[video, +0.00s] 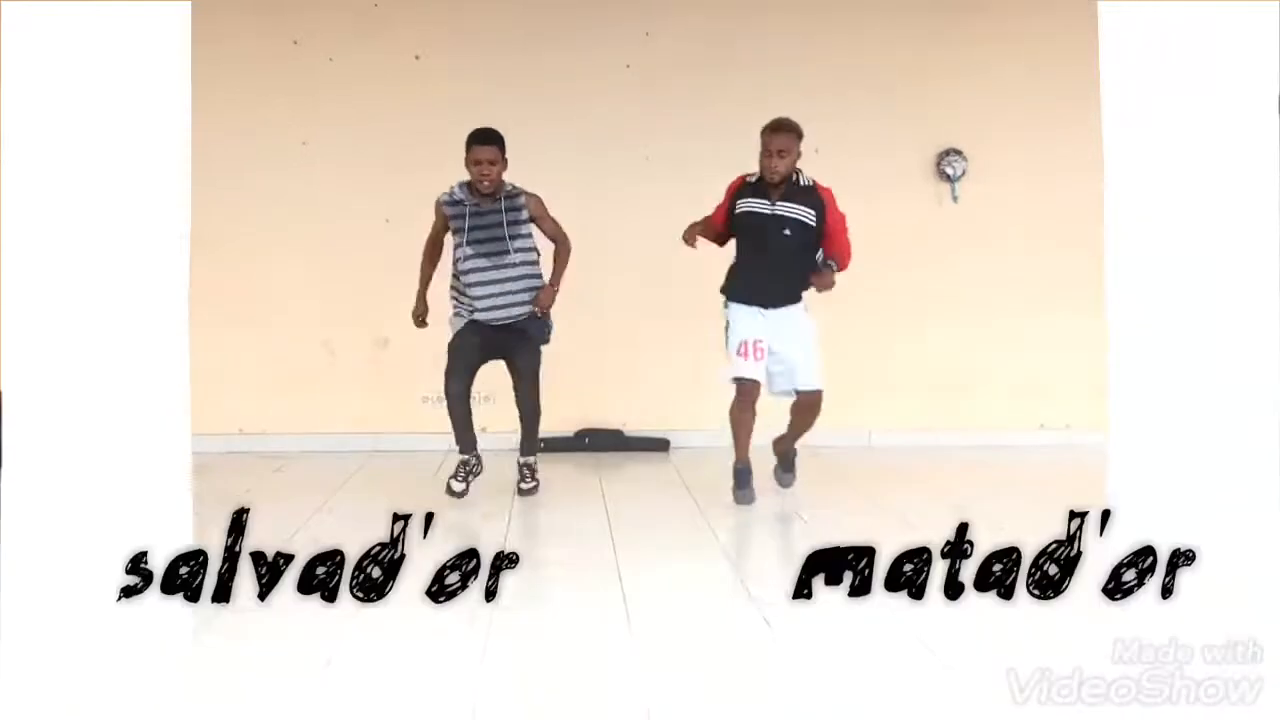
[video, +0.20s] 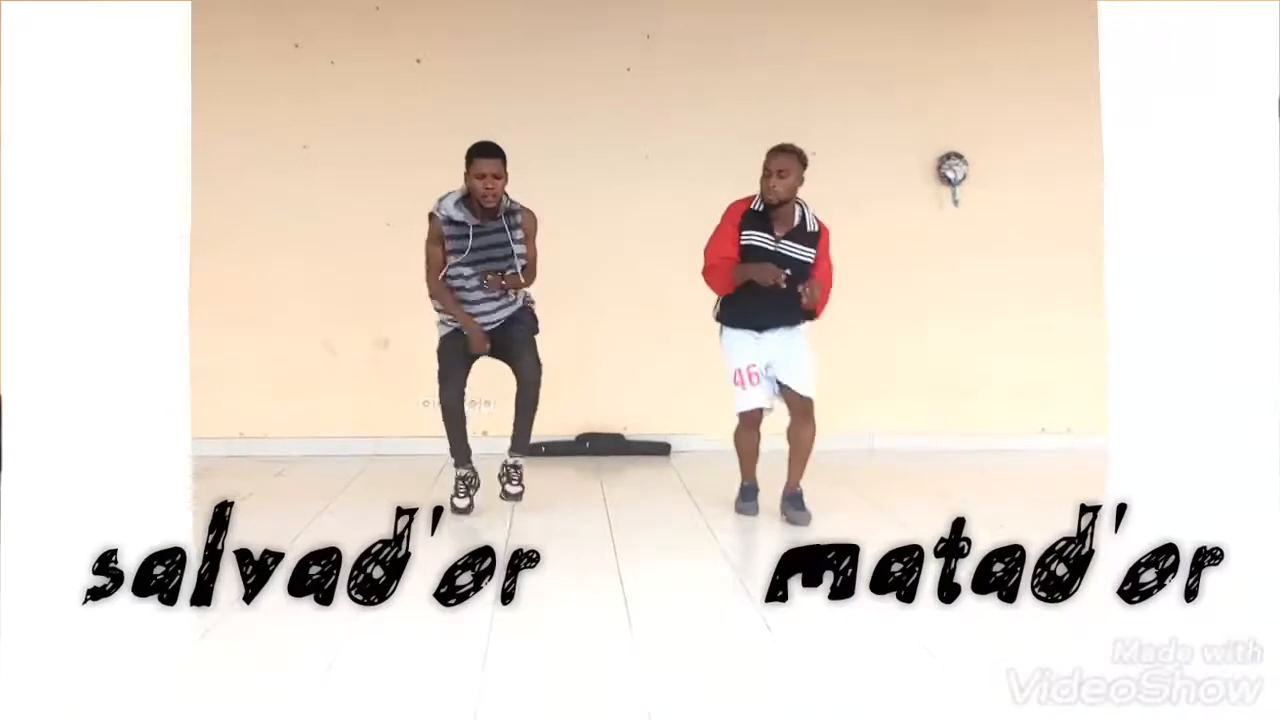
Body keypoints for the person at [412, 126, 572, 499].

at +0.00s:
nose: (484, 170)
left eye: (492, 163)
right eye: (476, 163)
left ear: (504, 163)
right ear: (466, 164)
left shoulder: (526, 202)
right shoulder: (449, 206)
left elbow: (562, 242)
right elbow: (434, 244)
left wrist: (552, 287)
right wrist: (421, 295)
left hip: (522, 321)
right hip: (473, 323)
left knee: (527, 396)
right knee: (455, 389)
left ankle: (528, 462)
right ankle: (469, 458)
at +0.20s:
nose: (489, 185)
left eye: (496, 177)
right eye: (480, 177)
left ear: (506, 179)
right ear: (466, 178)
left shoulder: (523, 219)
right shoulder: (443, 220)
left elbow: (529, 273)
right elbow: (434, 282)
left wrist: (513, 282)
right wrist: (470, 326)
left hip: (509, 315)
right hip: (459, 320)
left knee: (530, 371)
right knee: (449, 392)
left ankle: (515, 461)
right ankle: (464, 471)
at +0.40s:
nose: (469, 125)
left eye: (476, 116)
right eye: (461, 118)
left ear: (489, 116)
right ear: (449, 120)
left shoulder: (512, 157)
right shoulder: (435, 160)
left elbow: (541, 212)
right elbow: (422, 223)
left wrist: (546, 262)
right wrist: (430, 278)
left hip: (506, 284)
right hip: (455, 285)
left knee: (531, 360)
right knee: (443, 364)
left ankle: (534, 450)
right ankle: (437, 437)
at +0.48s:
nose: (465, 116)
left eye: (471, 107)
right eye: (456, 109)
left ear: (485, 106)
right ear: (445, 111)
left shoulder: (514, 149)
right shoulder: (430, 158)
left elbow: (552, 200)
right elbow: (404, 216)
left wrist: (585, 248)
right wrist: (379, 272)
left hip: (507, 278)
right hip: (453, 282)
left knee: (545, 345)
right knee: (431, 359)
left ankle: (580, 432)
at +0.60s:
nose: (460, 129)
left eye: (468, 120)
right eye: (452, 121)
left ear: (481, 119)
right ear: (441, 123)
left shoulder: (506, 156)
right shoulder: (425, 169)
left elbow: (545, 192)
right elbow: (390, 217)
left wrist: (576, 194)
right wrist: (358, 265)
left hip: (506, 285)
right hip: (456, 289)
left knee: (554, 338)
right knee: (447, 369)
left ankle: (561, 435)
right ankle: (392, 353)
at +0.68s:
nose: (457, 138)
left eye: (465, 129)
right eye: (449, 130)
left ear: (478, 128)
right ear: (439, 132)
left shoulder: (502, 169)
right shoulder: (421, 181)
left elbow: (532, 212)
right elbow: (395, 235)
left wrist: (547, 225)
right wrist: (372, 290)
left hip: (508, 292)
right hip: (458, 297)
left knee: (540, 372)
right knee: (447, 377)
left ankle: (522, 463)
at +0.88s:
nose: (445, 154)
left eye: (452, 144)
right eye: (438, 148)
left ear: (473, 139)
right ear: (434, 149)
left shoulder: (506, 169)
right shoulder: (433, 193)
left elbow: (554, 205)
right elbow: (418, 254)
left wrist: (520, 162)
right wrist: (403, 314)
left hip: (501, 311)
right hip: (447, 317)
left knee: (528, 379)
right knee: (433, 389)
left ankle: (507, 462)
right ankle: (430, 465)